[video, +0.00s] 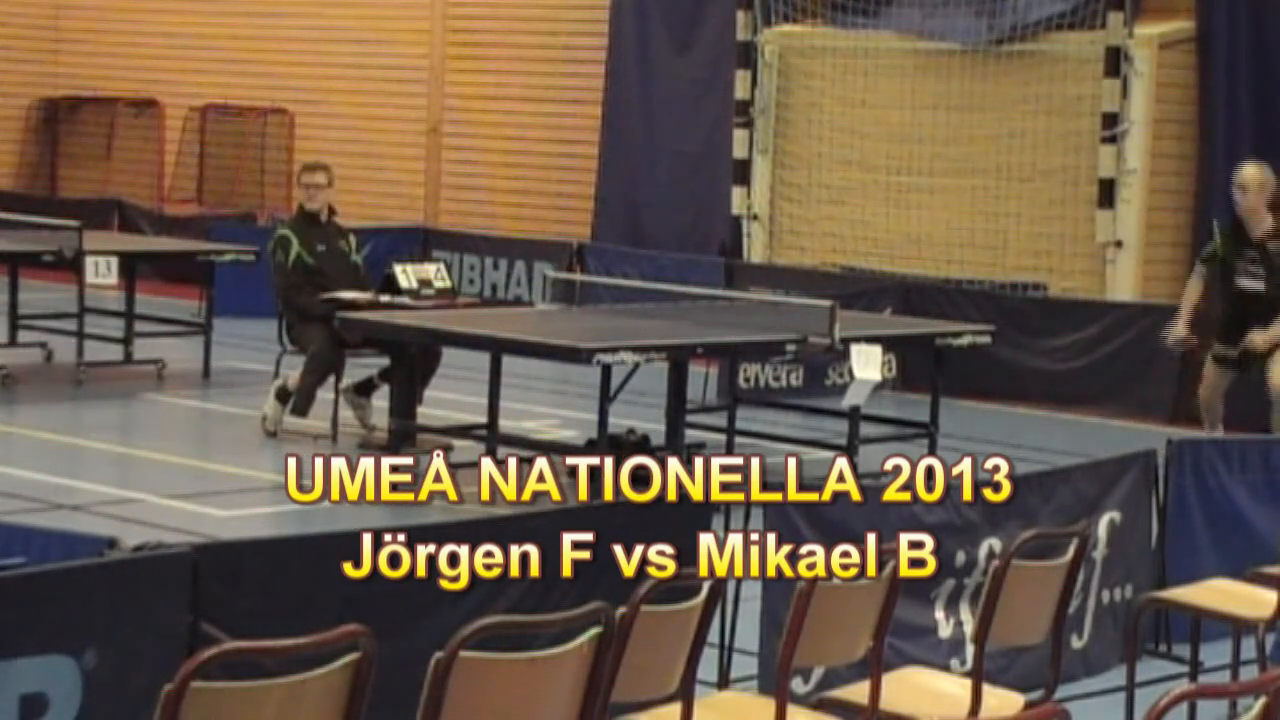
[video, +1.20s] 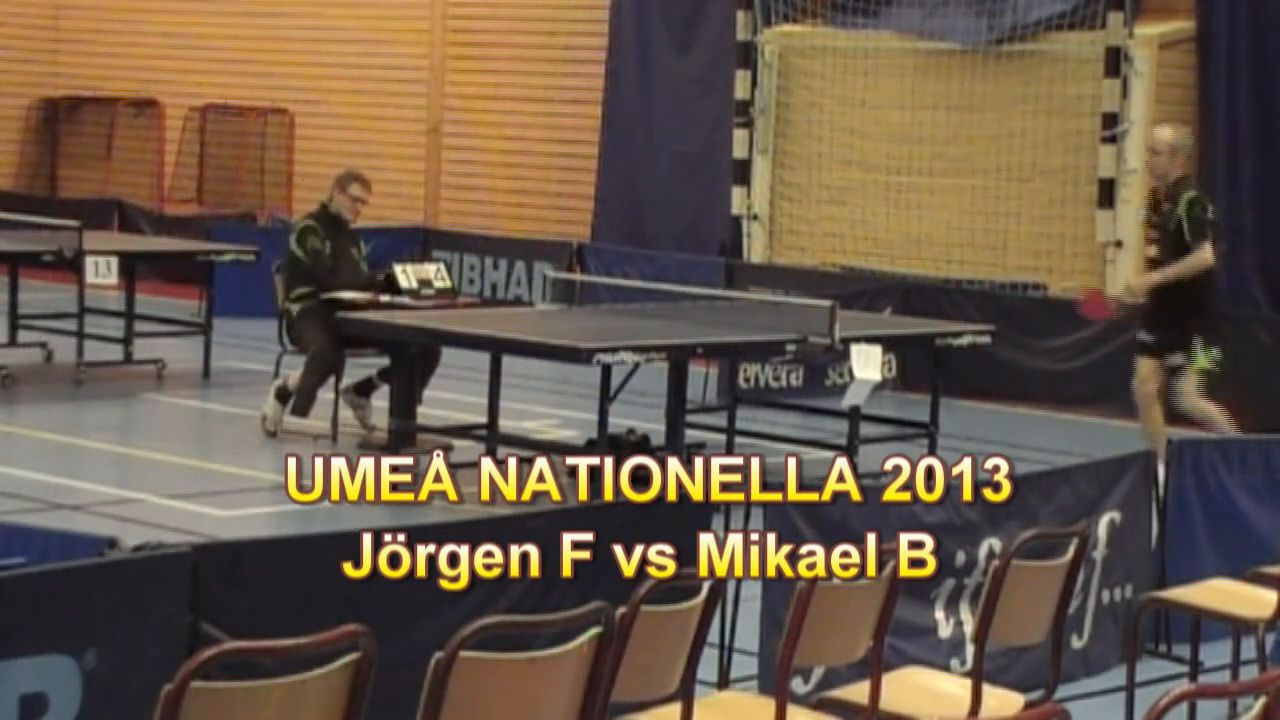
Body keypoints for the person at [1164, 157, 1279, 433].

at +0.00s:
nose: (1243, 197)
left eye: (1250, 189)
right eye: (1239, 189)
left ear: (1268, 192)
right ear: (1232, 192)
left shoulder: (1274, 239)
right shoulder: (1227, 235)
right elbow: (1200, 274)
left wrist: (1271, 332)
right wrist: (1182, 319)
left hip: (1270, 328)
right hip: (1233, 326)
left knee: (1276, 385)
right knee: (1209, 393)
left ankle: (1276, 448)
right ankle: (1215, 446)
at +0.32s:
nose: (1204, 186)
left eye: (1211, 179)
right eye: (1203, 179)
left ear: (1235, 183)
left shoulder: (1240, 216)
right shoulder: (1230, 218)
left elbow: (1254, 263)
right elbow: (1227, 282)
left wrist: (1222, 306)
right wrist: (1193, 317)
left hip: (1265, 317)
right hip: (1245, 316)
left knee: (1247, 390)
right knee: (1213, 375)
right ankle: (1232, 448)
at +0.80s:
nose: (1210, 161)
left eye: (1219, 155)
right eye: (1210, 154)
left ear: (1243, 164)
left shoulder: (1246, 201)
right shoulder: (1233, 200)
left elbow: (1267, 251)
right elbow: (1261, 250)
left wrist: (1222, 289)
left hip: (1247, 310)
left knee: (1204, 384)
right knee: (1257, 395)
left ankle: (1232, 454)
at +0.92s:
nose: (1195, 161)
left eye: (1203, 155)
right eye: (1196, 154)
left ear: (1227, 164)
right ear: (1225, 166)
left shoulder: (1229, 202)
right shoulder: (1231, 199)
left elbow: (1246, 255)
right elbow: (1247, 255)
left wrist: (1203, 290)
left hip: (1234, 310)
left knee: (1187, 382)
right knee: (1258, 396)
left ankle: (1196, 464)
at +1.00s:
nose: (1182, 163)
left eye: (1190, 156)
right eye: (1183, 156)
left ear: (1213, 165)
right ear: (1210, 166)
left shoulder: (1219, 201)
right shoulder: (1209, 200)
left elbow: (1232, 259)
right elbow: (1221, 257)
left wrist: (1187, 290)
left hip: (1219, 313)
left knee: (1176, 385)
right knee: (1254, 398)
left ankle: (1174, 468)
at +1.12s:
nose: (1160, 164)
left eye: (1168, 158)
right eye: (1161, 157)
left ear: (1190, 162)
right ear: (1177, 162)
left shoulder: (1198, 202)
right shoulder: (1177, 201)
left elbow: (1213, 259)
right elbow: (1182, 259)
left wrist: (1162, 285)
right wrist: (1161, 297)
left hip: (1206, 317)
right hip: (1177, 316)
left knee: (1217, 397)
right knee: (1154, 390)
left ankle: (1269, 449)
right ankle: (1161, 469)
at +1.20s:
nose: (1149, 160)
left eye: (1156, 153)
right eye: (1149, 153)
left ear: (1177, 158)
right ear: (1160, 156)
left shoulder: (1190, 200)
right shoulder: (1157, 199)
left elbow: (1205, 254)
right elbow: (1161, 257)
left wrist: (1150, 281)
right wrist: (1137, 291)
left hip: (1190, 311)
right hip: (1157, 310)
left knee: (1186, 396)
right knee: (1146, 389)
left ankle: (1245, 452)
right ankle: (1160, 469)